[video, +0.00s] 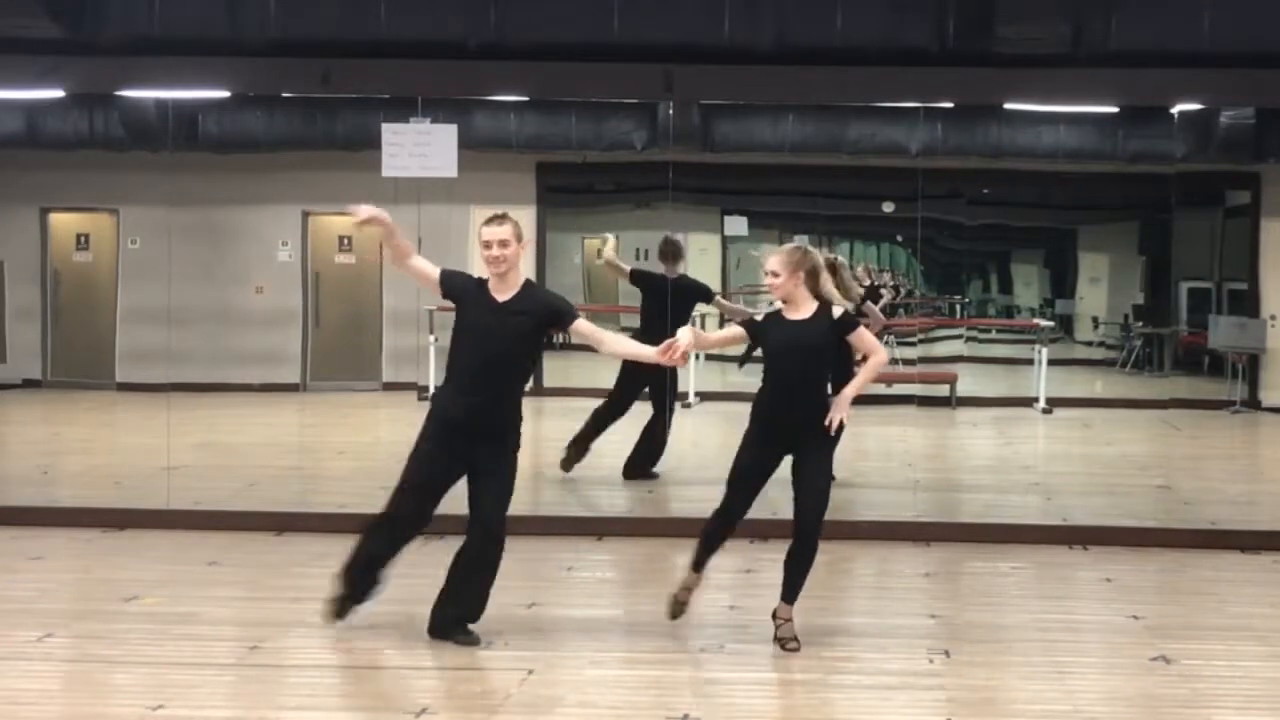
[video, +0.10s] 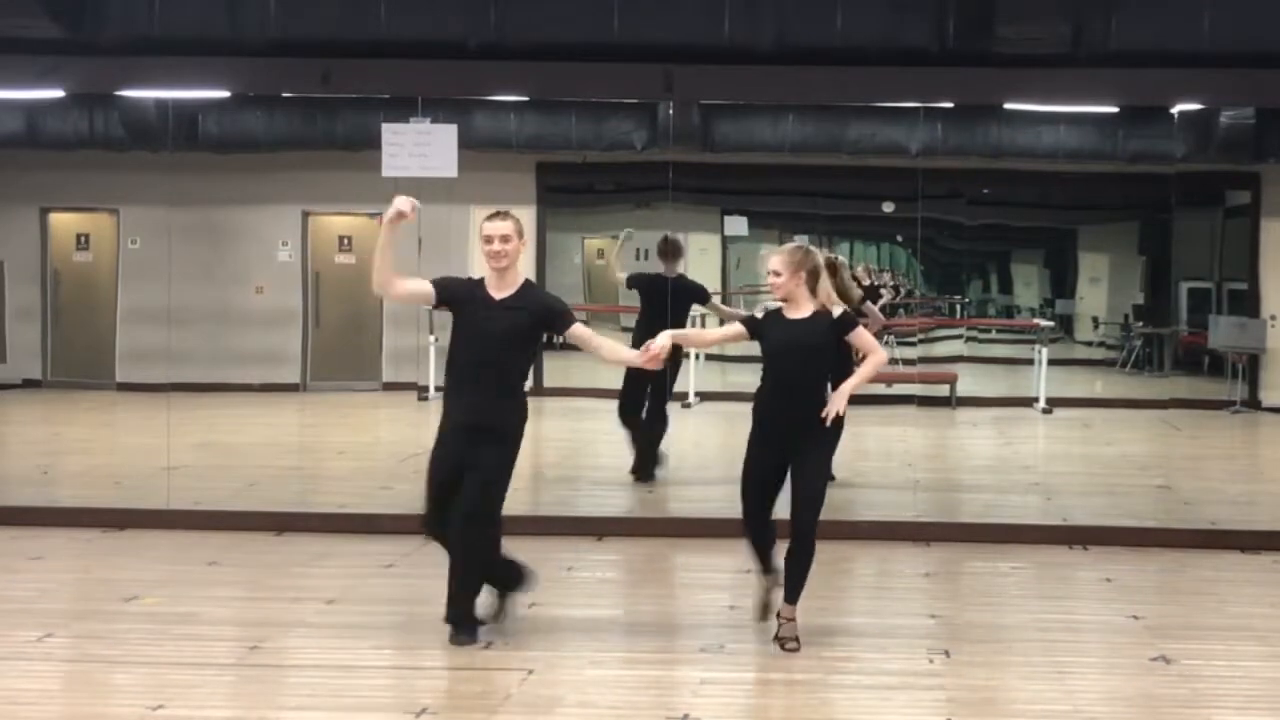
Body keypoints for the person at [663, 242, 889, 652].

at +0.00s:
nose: (767, 281)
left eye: (774, 275)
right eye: (767, 275)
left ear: (800, 277)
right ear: (777, 280)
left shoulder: (836, 317)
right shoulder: (766, 322)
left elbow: (878, 355)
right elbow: (712, 340)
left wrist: (845, 396)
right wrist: (689, 333)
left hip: (816, 433)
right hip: (768, 429)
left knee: (809, 529)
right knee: (731, 509)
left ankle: (785, 612)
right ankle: (692, 577)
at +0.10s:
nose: (770, 281)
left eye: (776, 274)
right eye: (769, 274)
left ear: (802, 276)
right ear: (789, 278)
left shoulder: (834, 320)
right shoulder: (767, 321)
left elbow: (878, 355)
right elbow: (712, 336)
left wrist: (844, 389)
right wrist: (670, 335)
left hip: (814, 434)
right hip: (769, 431)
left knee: (804, 524)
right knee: (754, 515)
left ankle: (790, 611)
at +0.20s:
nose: (773, 277)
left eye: (782, 271)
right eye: (773, 270)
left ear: (806, 274)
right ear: (775, 273)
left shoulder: (832, 318)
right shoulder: (762, 314)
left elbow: (877, 355)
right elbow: (705, 334)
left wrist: (842, 387)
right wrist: (651, 346)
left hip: (816, 429)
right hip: (773, 430)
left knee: (795, 520)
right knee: (788, 522)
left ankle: (785, 610)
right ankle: (827, 589)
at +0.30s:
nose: (782, 278)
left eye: (792, 272)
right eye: (778, 271)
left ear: (811, 277)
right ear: (772, 274)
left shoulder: (828, 321)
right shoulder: (758, 315)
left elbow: (876, 357)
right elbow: (701, 340)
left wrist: (838, 383)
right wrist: (648, 359)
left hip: (815, 435)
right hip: (777, 436)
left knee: (780, 517)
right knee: (820, 522)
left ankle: (786, 609)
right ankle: (846, 604)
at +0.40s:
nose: (785, 281)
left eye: (794, 275)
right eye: (780, 274)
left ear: (810, 279)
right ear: (772, 276)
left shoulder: (825, 325)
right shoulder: (753, 317)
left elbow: (872, 362)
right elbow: (699, 341)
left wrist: (836, 387)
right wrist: (652, 363)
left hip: (816, 432)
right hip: (775, 433)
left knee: (789, 513)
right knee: (805, 515)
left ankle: (777, 611)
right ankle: (841, 600)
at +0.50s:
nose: (784, 280)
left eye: (793, 274)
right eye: (778, 273)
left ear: (807, 280)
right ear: (768, 277)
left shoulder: (820, 324)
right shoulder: (747, 318)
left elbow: (873, 357)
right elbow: (696, 339)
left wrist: (831, 392)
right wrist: (648, 356)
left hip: (814, 440)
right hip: (769, 437)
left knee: (800, 529)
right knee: (769, 529)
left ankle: (779, 614)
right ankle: (801, 580)